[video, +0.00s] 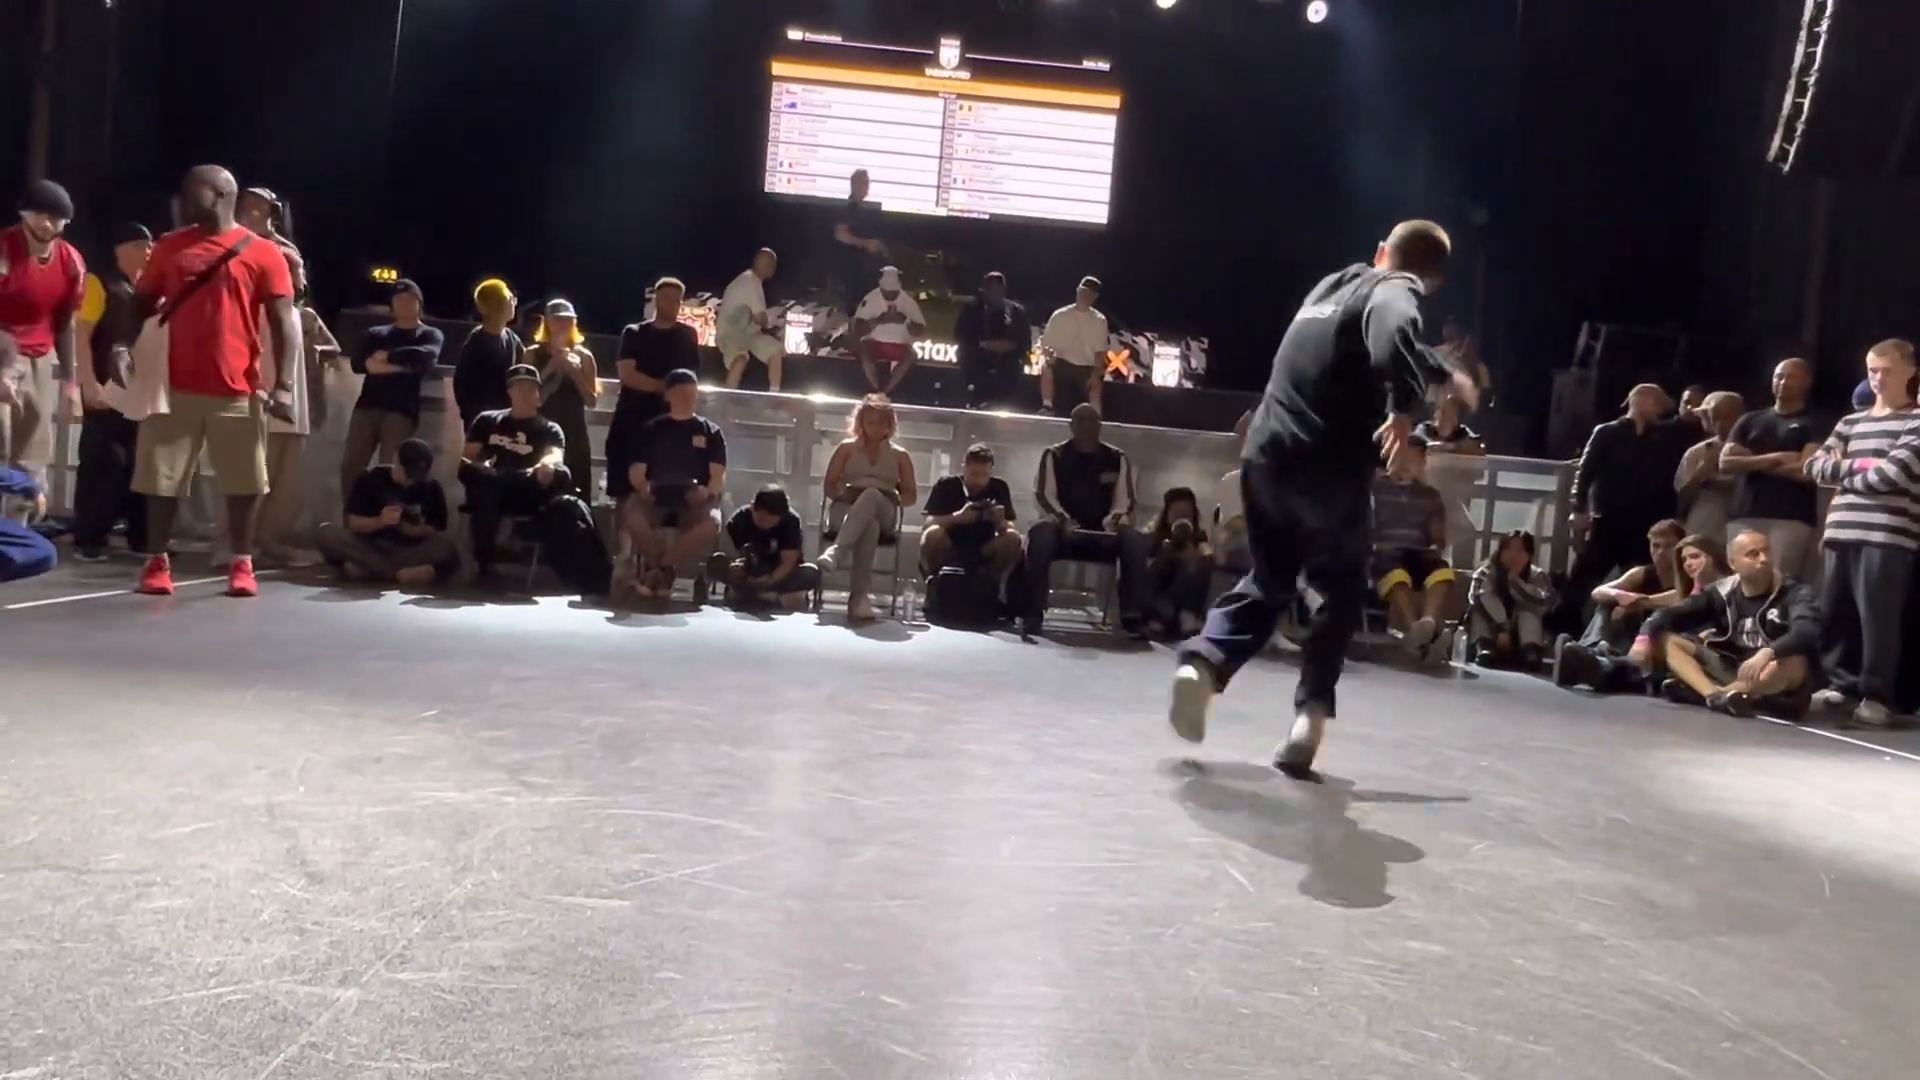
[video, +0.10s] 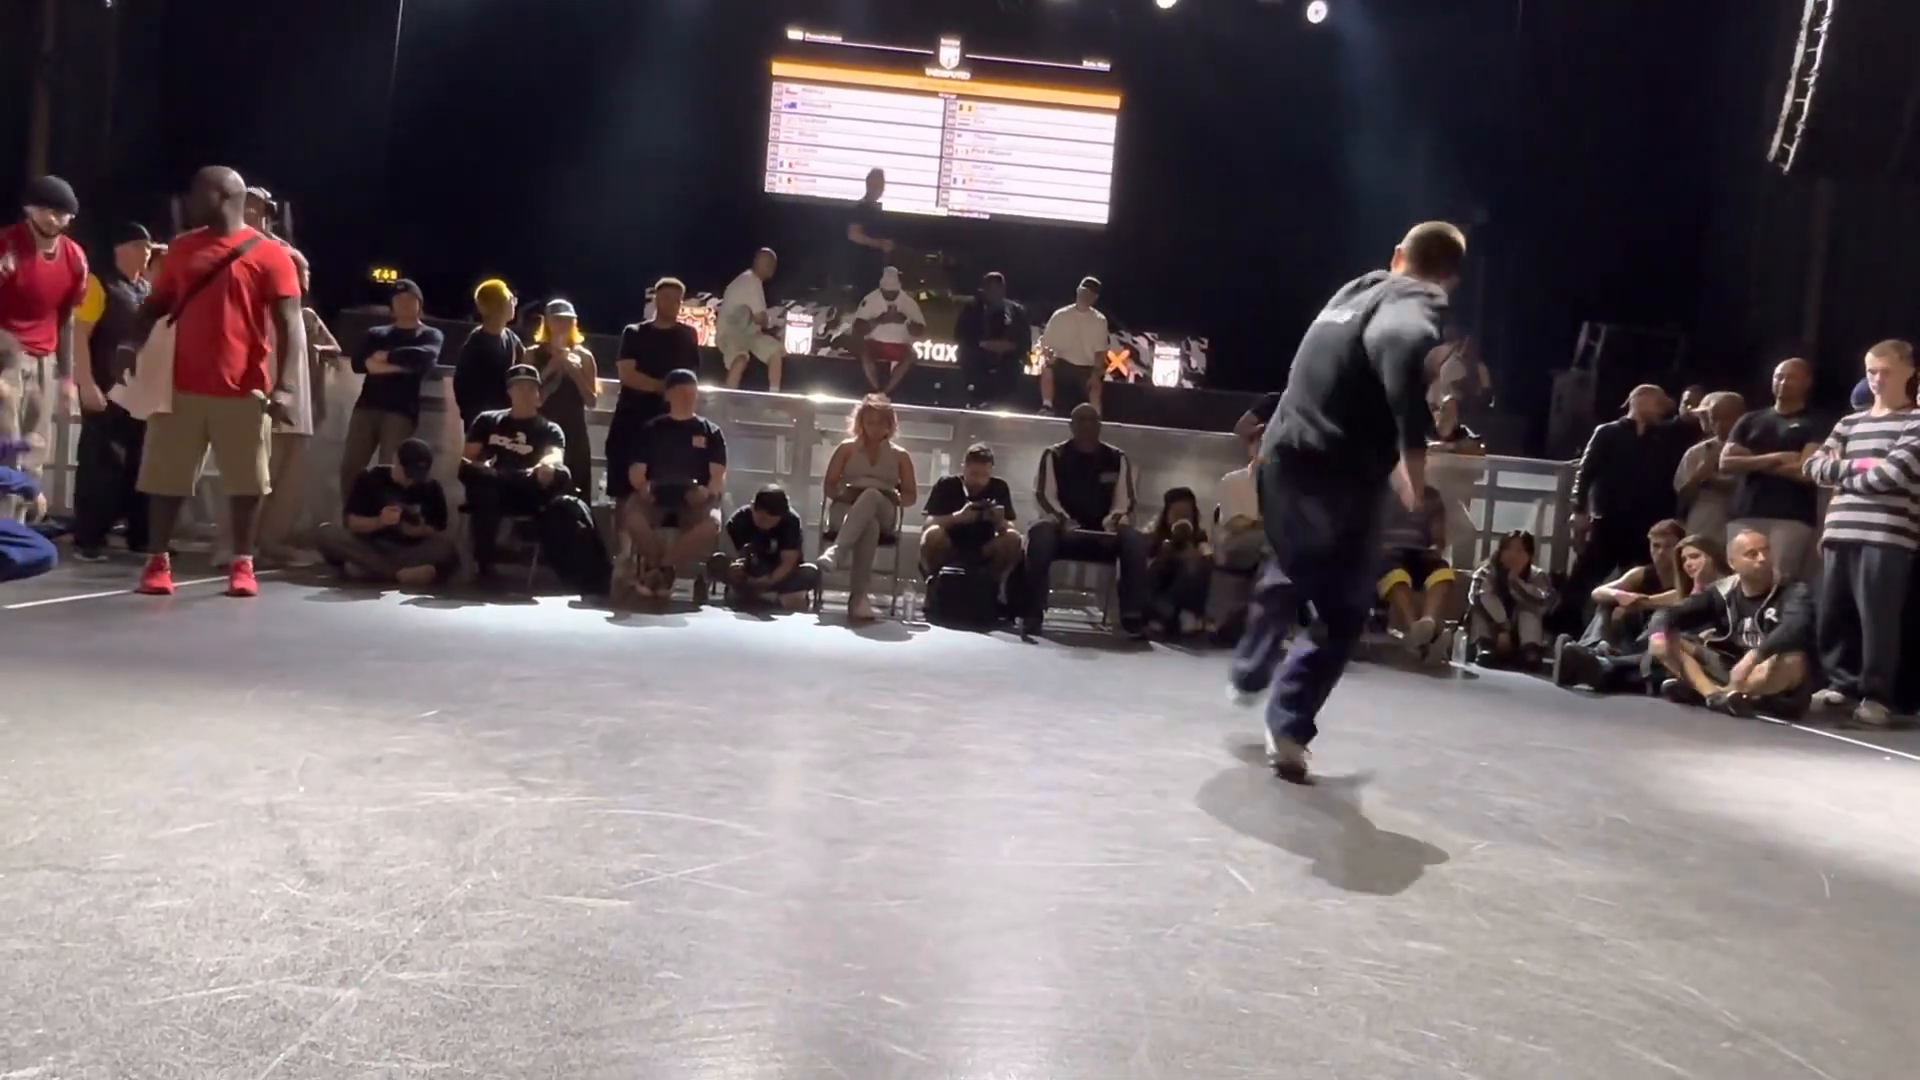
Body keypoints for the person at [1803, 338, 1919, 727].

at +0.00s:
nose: (1875, 379)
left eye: (1884, 372)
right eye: (1871, 372)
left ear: (1909, 373)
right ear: (1867, 374)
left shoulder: (1915, 422)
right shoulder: (1849, 422)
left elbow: (1891, 475)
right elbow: (1815, 466)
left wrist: (1840, 470)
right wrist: (1867, 468)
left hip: (1888, 534)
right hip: (1841, 532)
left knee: (1878, 618)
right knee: (1835, 613)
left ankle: (1876, 697)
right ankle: (1841, 685)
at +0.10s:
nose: (1874, 380)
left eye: (1883, 373)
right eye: (1870, 373)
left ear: (1908, 374)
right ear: (1865, 374)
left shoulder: (1914, 422)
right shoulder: (1848, 422)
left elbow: (1893, 475)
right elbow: (1814, 466)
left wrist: (1839, 473)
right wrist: (1864, 468)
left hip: (1887, 534)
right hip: (1839, 532)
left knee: (1878, 618)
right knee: (1833, 612)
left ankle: (1877, 696)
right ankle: (1841, 685)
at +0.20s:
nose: (1875, 378)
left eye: (1884, 371)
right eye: (1870, 371)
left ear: (1908, 373)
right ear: (1866, 373)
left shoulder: (1915, 422)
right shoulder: (1847, 422)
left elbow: (1893, 475)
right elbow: (1813, 466)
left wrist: (1840, 474)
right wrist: (1862, 468)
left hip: (1886, 534)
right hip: (1838, 533)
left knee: (1877, 616)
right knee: (1832, 612)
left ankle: (1877, 696)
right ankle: (1840, 685)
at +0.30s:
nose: (1875, 378)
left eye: (1884, 370)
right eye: (1871, 371)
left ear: (1908, 373)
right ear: (1866, 372)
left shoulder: (1914, 422)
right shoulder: (1845, 422)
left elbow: (1894, 474)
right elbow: (1812, 466)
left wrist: (1840, 475)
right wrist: (1860, 468)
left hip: (1885, 534)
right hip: (1837, 532)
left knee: (1877, 617)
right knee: (1831, 612)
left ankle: (1877, 697)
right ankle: (1839, 686)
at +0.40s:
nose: (1875, 379)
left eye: (1884, 372)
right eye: (1871, 371)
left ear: (1908, 374)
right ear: (1865, 374)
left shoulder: (1914, 423)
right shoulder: (1845, 423)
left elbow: (1895, 475)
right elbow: (1811, 465)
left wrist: (1840, 477)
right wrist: (1858, 469)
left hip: (1883, 535)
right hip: (1835, 533)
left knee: (1876, 619)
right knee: (1830, 614)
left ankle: (1875, 697)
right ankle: (1837, 686)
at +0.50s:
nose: (1875, 380)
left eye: (1884, 373)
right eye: (1871, 373)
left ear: (1908, 376)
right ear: (1865, 374)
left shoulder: (1913, 424)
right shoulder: (1845, 423)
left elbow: (1895, 476)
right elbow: (1811, 464)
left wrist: (1841, 476)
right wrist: (1858, 469)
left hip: (1883, 535)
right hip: (1835, 533)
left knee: (1876, 619)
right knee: (1830, 614)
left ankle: (1875, 697)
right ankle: (1837, 685)